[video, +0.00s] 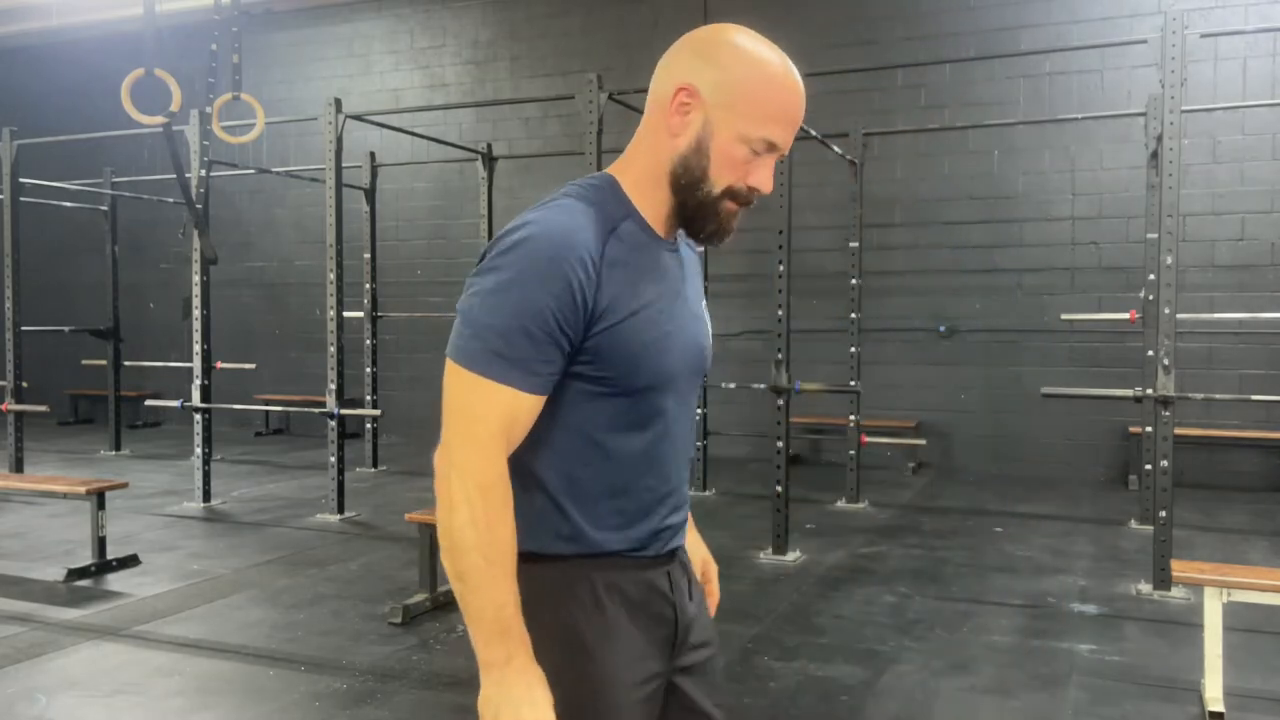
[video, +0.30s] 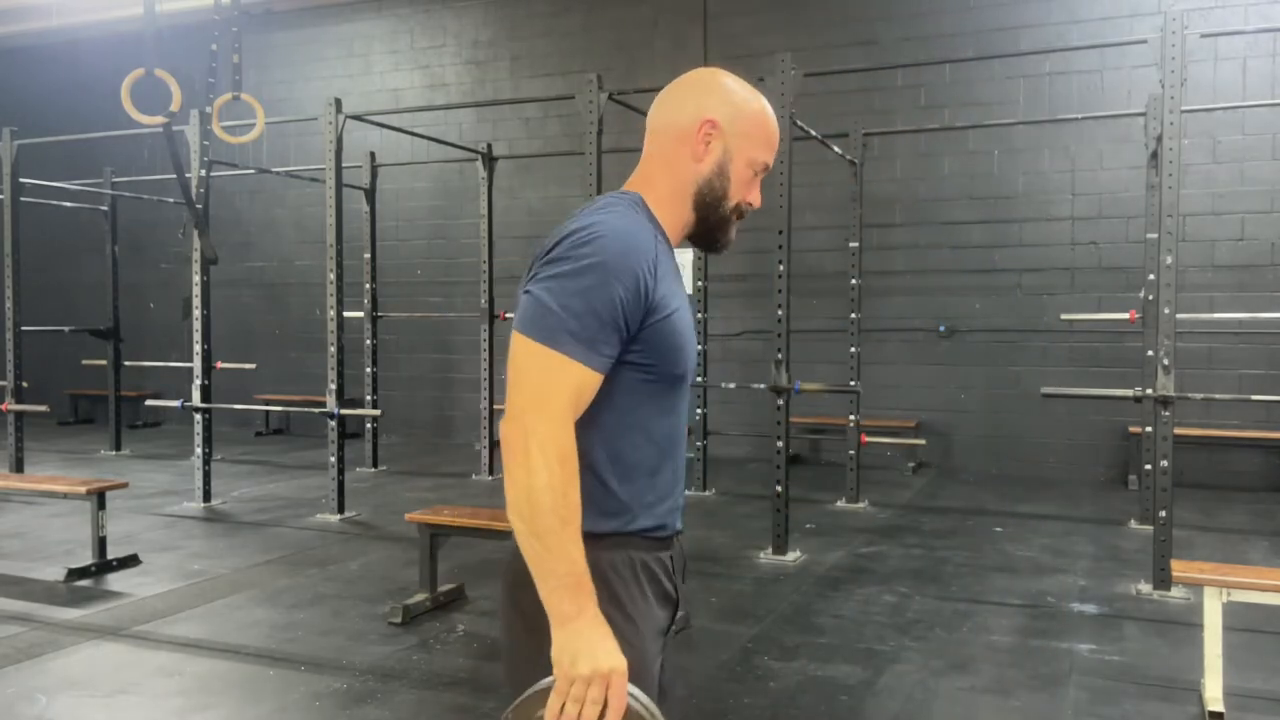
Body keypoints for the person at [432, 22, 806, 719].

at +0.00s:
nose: (764, 184)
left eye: (776, 159)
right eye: (756, 149)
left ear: (682, 116)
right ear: (681, 112)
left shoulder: (678, 243)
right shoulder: (554, 247)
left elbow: (637, 421)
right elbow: (466, 461)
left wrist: (682, 531)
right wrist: (505, 668)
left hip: (671, 587)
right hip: (572, 599)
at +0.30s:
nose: (755, 199)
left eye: (762, 179)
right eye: (755, 172)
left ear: (704, 145)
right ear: (704, 141)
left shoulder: (644, 248)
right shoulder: (612, 244)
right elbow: (533, 428)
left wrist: (653, 583)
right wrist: (576, 621)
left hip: (632, 573)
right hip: (597, 580)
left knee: (629, 709)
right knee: (596, 713)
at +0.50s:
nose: (734, 206)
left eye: (740, 187)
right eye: (737, 181)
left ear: (668, 155)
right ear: (702, 154)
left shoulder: (584, 250)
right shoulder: (642, 249)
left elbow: (569, 423)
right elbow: (587, 415)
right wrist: (634, 589)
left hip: (578, 549)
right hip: (622, 555)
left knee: (611, 702)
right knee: (650, 705)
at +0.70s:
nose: (727, 198)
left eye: (730, 180)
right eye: (730, 177)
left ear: (640, 169)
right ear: (706, 164)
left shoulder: (570, 261)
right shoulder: (677, 251)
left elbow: (573, 408)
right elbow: (655, 406)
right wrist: (704, 574)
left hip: (567, 537)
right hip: (645, 548)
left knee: (592, 708)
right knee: (728, 704)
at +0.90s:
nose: (741, 198)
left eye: (739, 186)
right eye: (740, 185)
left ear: (656, 192)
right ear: (728, 183)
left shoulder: (586, 276)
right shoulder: (732, 265)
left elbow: (556, 416)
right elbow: (734, 417)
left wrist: (622, 481)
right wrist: (778, 566)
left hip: (600, 538)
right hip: (697, 548)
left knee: (604, 711)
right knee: (731, 704)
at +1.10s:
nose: (784, 216)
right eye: (786, 208)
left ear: (705, 213)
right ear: (780, 208)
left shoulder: (637, 284)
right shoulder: (795, 283)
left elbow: (578, 408)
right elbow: (809, 422)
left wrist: (608, 492)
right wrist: (847, 557)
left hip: (651, 536)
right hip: (757, 546)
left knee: (642, 708)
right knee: (790, 707)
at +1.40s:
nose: (856, 222)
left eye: (855, 214)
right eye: (857, 212)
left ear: (782, 215)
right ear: (849, 208)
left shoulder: (711, 273)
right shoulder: (869, 279)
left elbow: (644, 380)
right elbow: (893, 418)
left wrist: (635, 473)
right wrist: (923, 529)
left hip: (728, 506)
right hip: (822, 515)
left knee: (721, 664)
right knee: (821, 695)